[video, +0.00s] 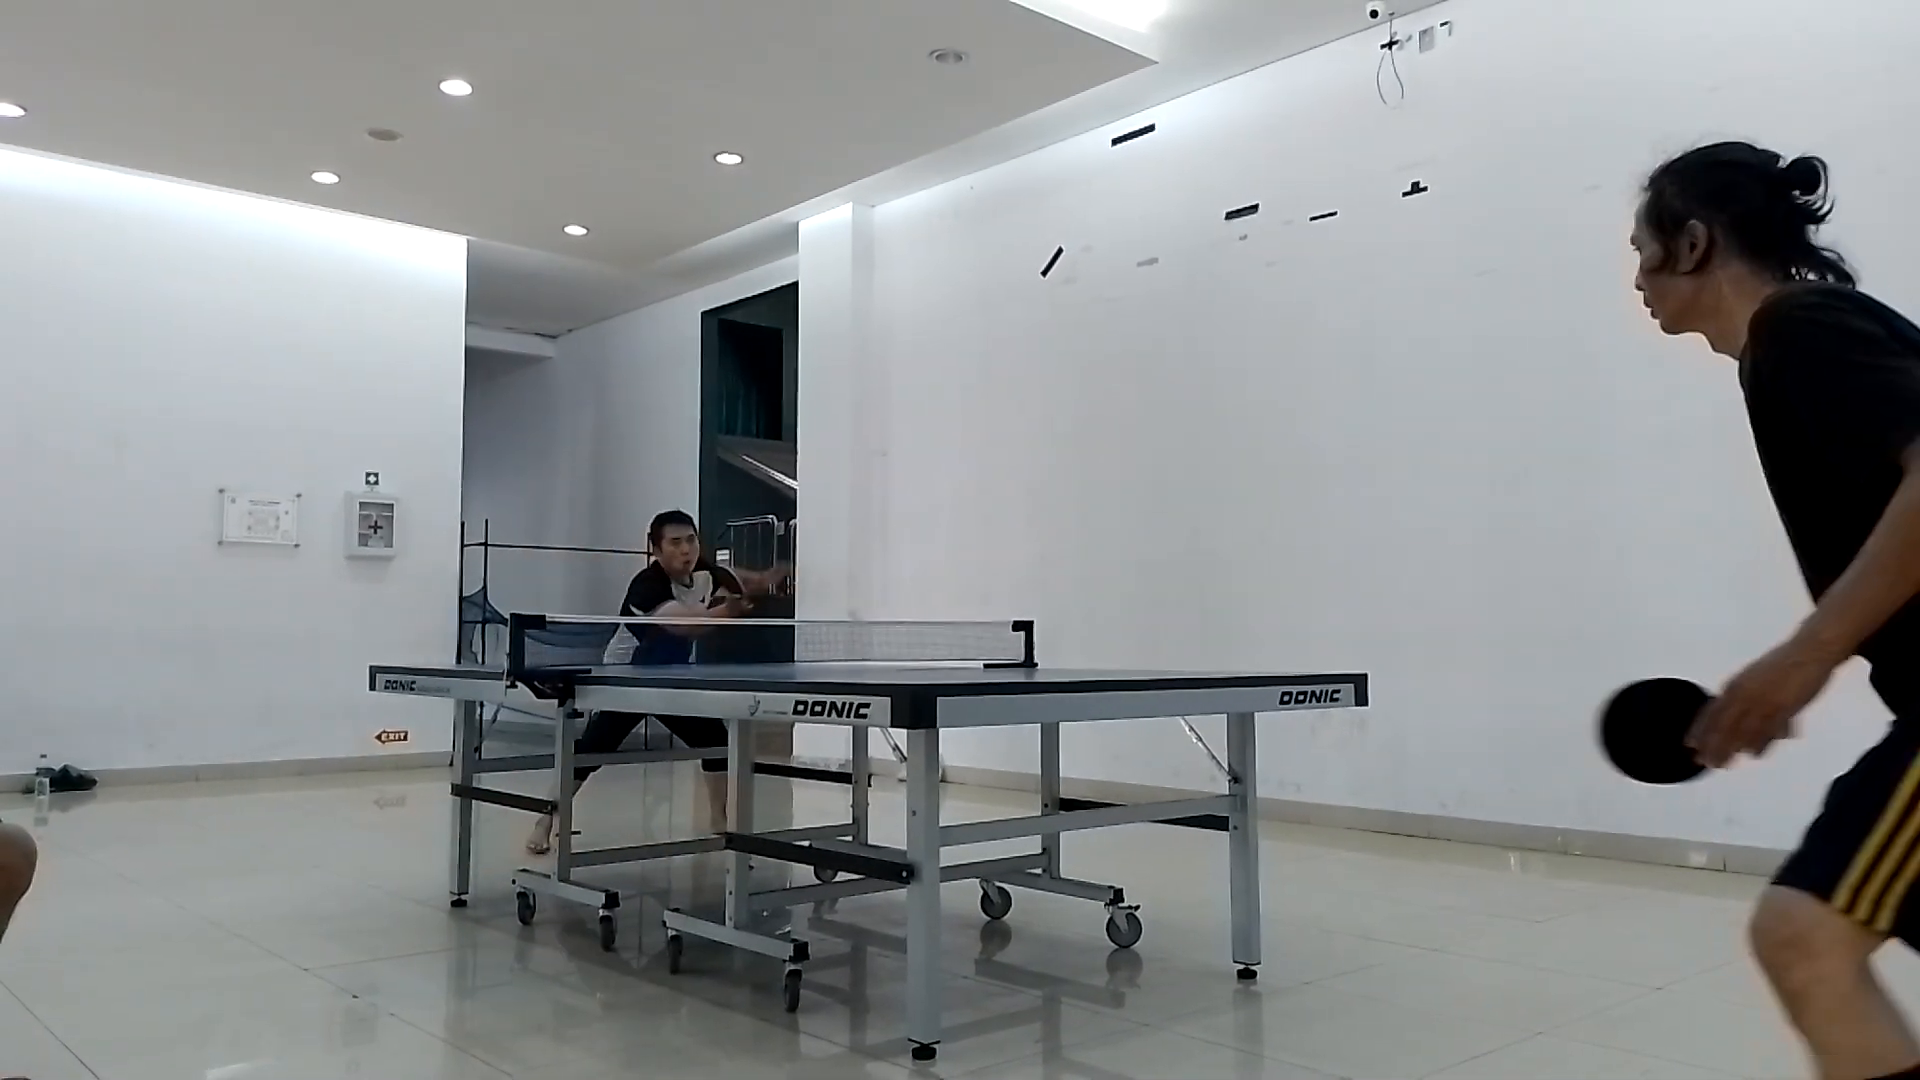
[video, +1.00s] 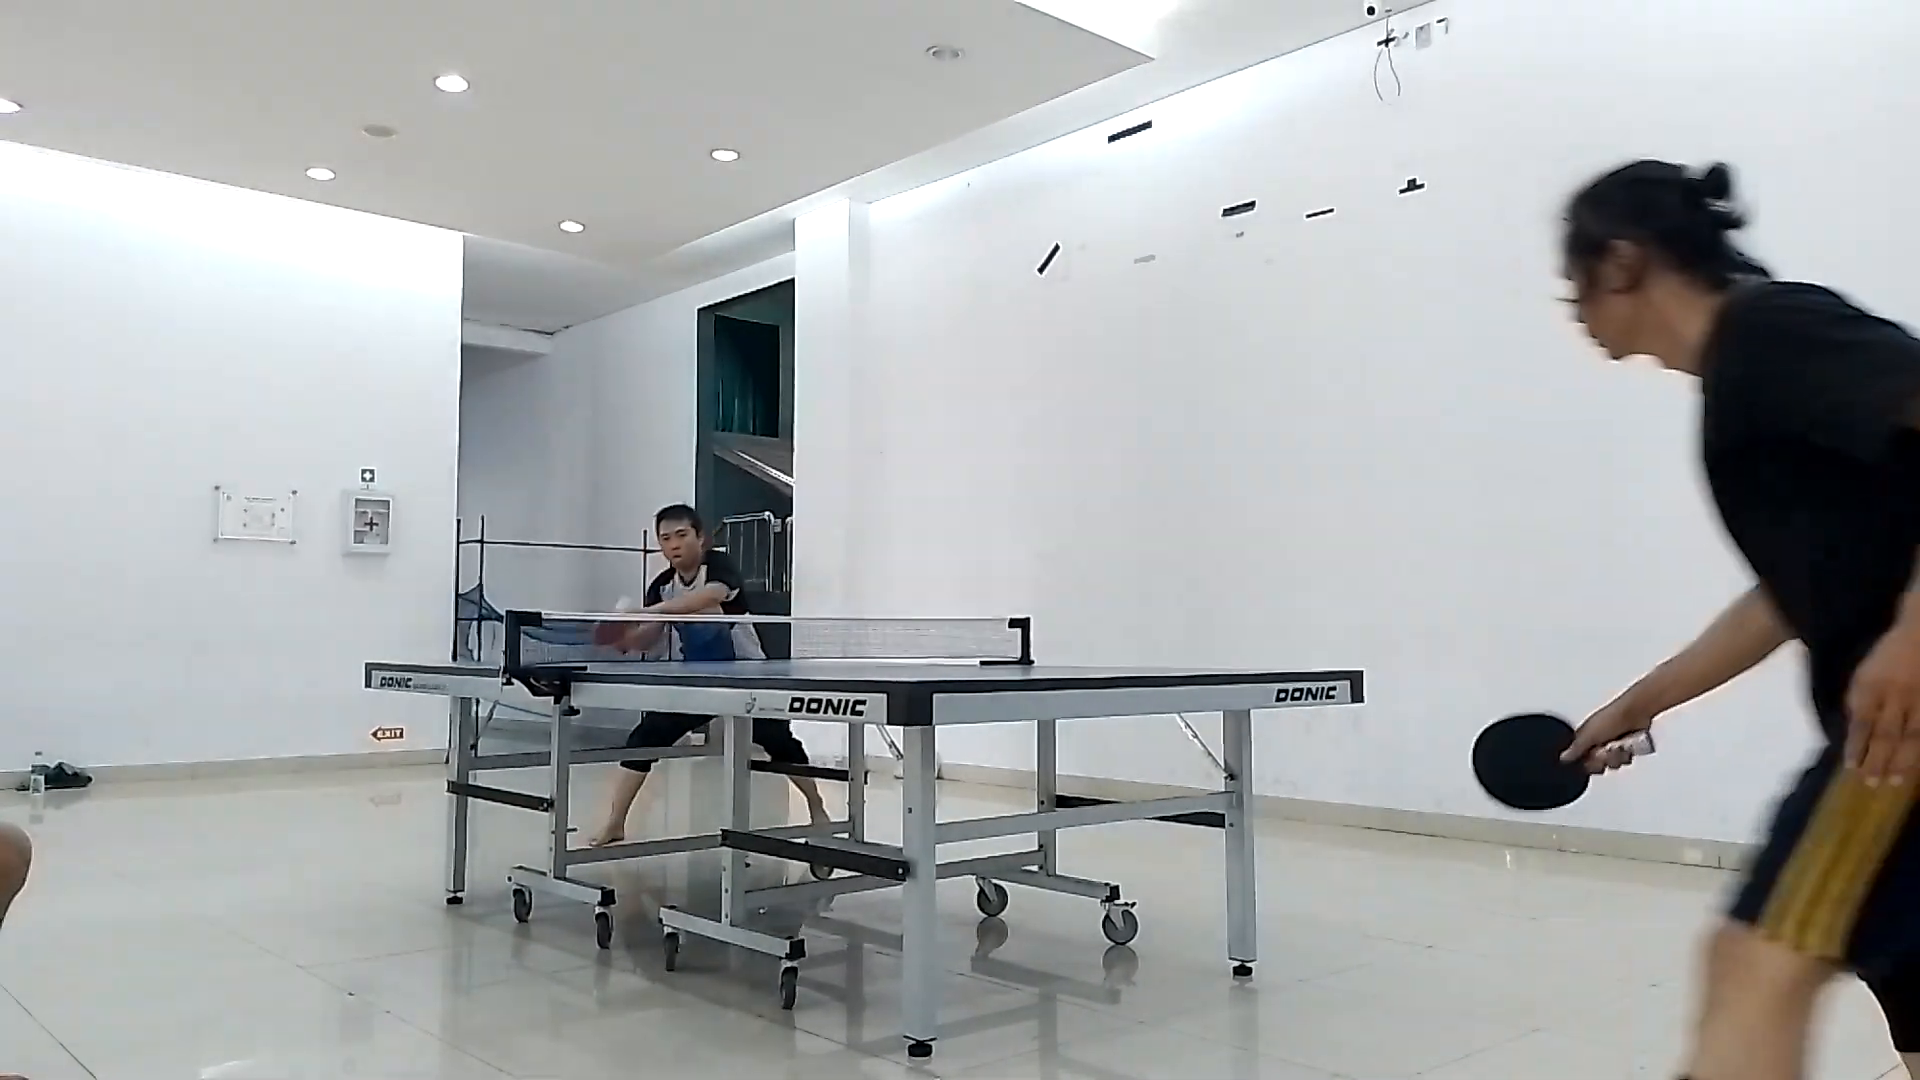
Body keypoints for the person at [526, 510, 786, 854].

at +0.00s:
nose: (687, 550)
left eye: (691, 541)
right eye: (676, 543)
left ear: (698, 544)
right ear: (657, 550)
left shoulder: (710, 576)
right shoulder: (646, 585)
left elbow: (746, 583)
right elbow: (683, 623)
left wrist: (772, 579)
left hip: (673, 685)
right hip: (626, 686)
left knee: (716, 741)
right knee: (595, 748)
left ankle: (720, 821)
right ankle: (548, 819)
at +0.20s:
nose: (671, 546)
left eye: (677, 538)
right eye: (661, 539)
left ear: (685, 545)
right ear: (644, 547)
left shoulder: (695, 586)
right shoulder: (626, 585)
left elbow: (704, 627)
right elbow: (625, 648)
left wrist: (726, 634)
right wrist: (667, 635)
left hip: (669, 693)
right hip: (619, 693)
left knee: (714, 748)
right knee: (583, 756)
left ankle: (716, 822)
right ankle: (537, 825)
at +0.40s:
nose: (680, 523)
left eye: (686, 515)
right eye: (670, 518)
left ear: (697, 523)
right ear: (656, 529)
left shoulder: (722, 566)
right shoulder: (642, 570)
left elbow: (757, 601)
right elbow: (619, 627)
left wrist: (738, 610)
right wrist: (633, 630)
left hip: (705, 681)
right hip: (654, 680)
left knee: (728, 752)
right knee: (608, 745)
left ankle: (720, 823)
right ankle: (560, 818)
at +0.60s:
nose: (686, 513)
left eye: (693, 506)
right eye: (677, 508)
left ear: (705, 514)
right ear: (665, 520)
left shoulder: (732, 553)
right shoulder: (656, 564)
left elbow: (775, 586)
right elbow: (641, 610)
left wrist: (747, 603)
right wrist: (644, 613)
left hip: (743, 669)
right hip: (687, 672)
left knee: (776, 743)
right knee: (659, 751)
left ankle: (785, 817)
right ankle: (663, 824)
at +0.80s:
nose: (701, 533)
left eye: (708, 525)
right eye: (692, 528)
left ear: (723, 532)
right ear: (684, 538)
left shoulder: (746, 565)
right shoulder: (679, 582)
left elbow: (771, 595)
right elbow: (663, 637)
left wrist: (724, 618)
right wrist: (656, 635)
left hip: (758, 683)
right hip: (706, 685)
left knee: (797, 750)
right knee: (656, 742)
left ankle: (820, 824)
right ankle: (656, 817)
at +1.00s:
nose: (673, 545)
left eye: (680, 535)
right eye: (665, 539)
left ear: (701, 538)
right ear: (660, 545)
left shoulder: (722, 565)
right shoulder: (660, 587)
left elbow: (710, 598)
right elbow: (650, 636)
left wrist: (648, 613)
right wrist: (626, 640)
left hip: (748, 680)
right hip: (694, 684)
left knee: (776, 739)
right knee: (645, 736)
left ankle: (816, 806)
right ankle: (614, 824)